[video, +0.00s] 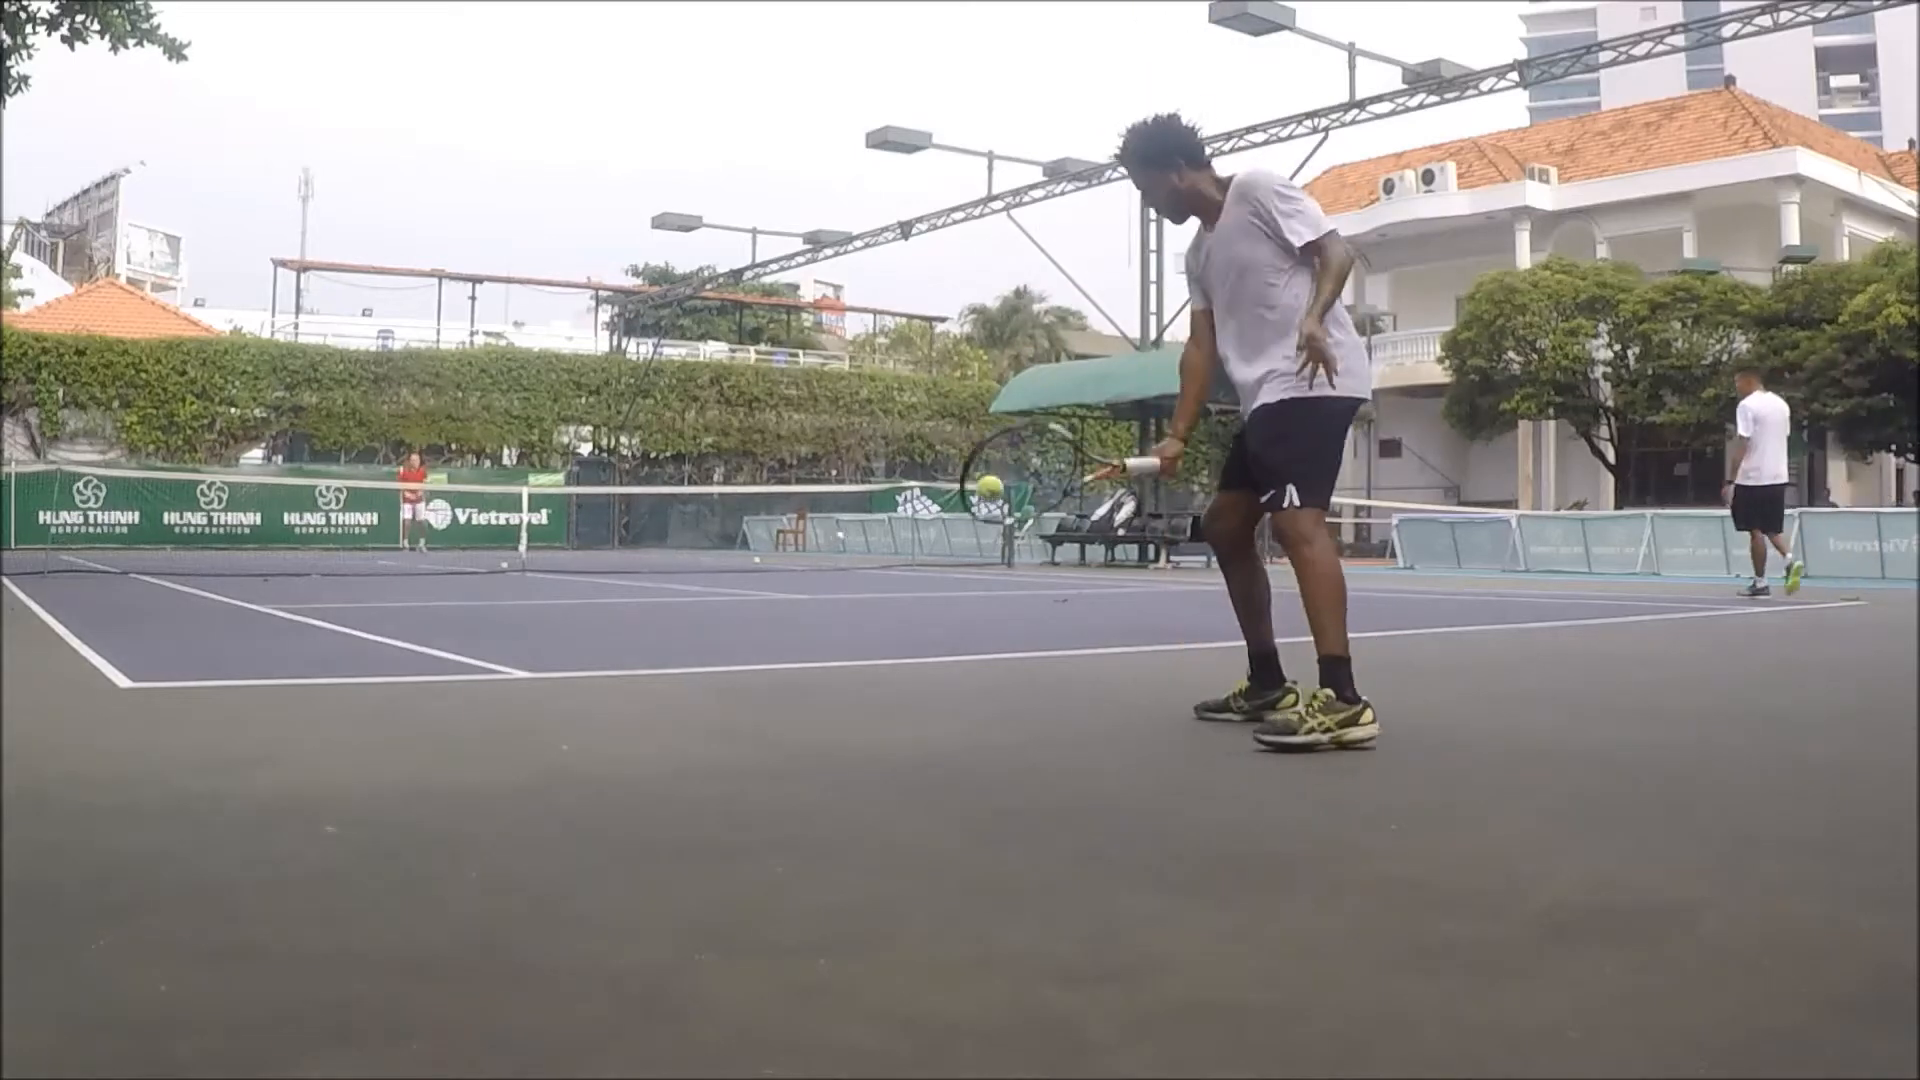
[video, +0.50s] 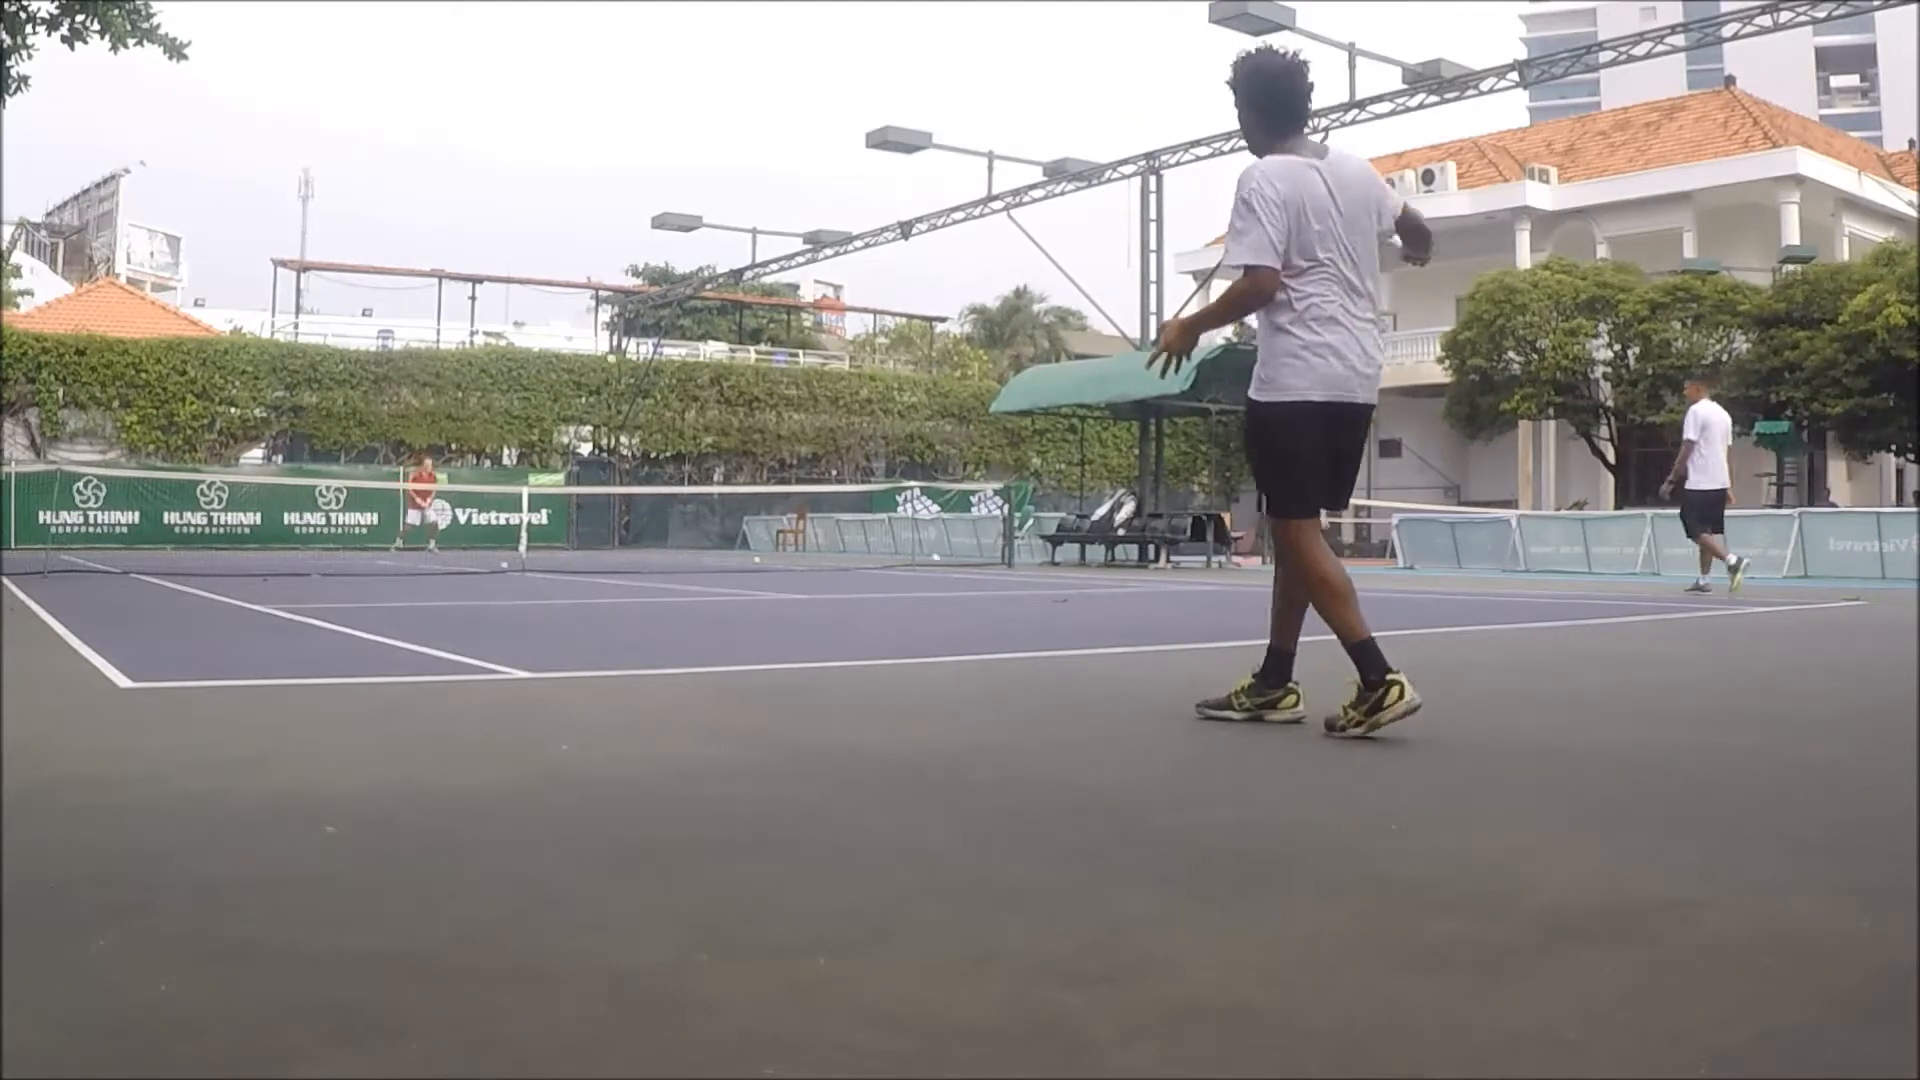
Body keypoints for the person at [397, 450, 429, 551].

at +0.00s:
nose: (415, 462)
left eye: (417, 460)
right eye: (413, 460)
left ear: (420, 461)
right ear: (409, 461)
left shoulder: (422, 471)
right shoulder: (403, 470)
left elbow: (424, 483)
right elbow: (400, 484)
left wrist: (420, 492)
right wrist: (406, 493)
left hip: (419, 498)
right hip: (407, 499)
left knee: (421, 520)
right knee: (407, 520)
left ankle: (422, 541)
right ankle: (405, 541)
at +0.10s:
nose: (417, 462)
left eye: (419, 459)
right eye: (414, 459)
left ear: (421, 461)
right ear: (410, 460)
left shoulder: (423, 471)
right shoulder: (404, 470)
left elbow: (425, 483)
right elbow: (401, 484)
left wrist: (419, 494)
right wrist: (408, 494)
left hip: (419, 498)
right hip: (408, 497)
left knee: (421, 520)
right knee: (407, 520)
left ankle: (422, 542)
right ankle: (405, 540)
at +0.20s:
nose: (419, 460)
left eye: (421, 458)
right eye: (417, 458)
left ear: (423, 459)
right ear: (413, 458)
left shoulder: (426, 468)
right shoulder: (404, 468)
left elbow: (427, 482)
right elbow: (401, 482)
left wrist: (422, 492)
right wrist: (411, 492)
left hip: (421, 496)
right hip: (408, 496)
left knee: (425, 518)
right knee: (406, 518)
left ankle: (425, 541)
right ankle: (403, 540)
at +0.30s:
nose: (422, 460)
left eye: (424, 458)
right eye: (420, 458)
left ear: (426, 459)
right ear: (416, 459)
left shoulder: (428, 470)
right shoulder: (408, 469)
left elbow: (429, 484)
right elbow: (404, 483)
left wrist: (423, 495)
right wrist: (413, 494)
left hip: (423, 495)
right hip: (410, 496)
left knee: (429, 518)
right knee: (406, 519)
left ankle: (430, 542)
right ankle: (399, 541)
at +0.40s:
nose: (423, 466)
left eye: (425, 464)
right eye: (422, 463)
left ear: (428, 465)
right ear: (418, 464)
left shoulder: (430, 475)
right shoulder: (412, 474)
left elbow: (430, 488)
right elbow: (406, 488)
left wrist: (426, 498)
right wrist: (414, 498)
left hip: (424, 500)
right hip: (412, 500)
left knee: (432, 520)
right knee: (407, 522)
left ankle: (432, 543)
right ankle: (397, 540)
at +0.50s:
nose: (428, 466)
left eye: (430, 464)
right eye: (426, 464)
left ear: (432, 465)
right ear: (422, 465)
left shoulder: (433, 476)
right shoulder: (414, 474)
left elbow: (434, 489)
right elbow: (409, 488)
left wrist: (429, 499)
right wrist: (417, 499)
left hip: (426, 504)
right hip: (414, 504)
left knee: (433, 522)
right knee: (410, 524)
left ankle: (432, 544)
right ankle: (398, 542)